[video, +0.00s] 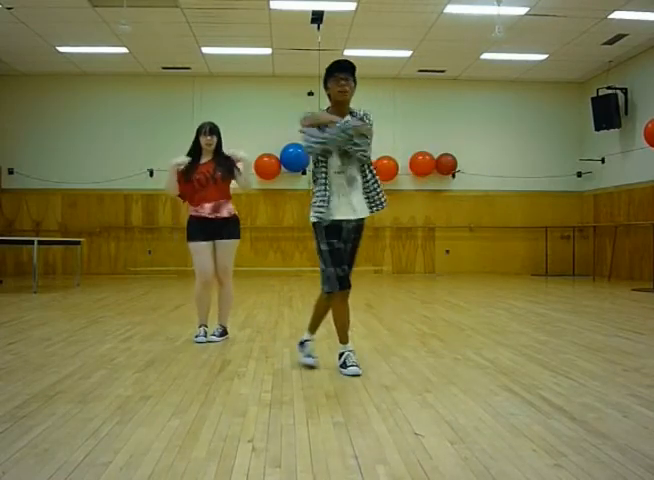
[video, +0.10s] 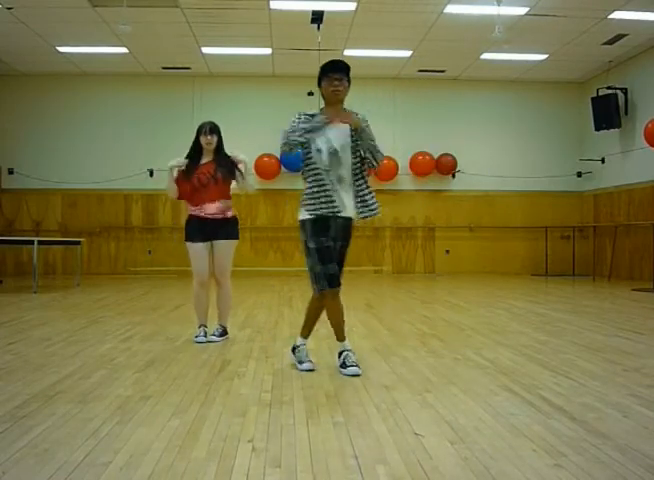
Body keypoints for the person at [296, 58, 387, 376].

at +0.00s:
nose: (342, 85)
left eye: (347, 81)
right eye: (336, 80)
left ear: (354, 87)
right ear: (326, 87)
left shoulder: (363, 120)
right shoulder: (315, 125)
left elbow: (342, 137)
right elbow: (309, 137)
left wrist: (316, 125)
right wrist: (341, 125)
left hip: (355, 210)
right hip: (326, 210)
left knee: (336, 282)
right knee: (338, 282)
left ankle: (306, 340)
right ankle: (345, 350)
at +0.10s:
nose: (336, 85)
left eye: (341, 81)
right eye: (331, 80)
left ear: (348, 86)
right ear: (320, 85)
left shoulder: (357, 122)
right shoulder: (304, 121)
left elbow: (378, 161)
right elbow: (286, 150)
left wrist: (359, 127)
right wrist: (322, 123)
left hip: (345, 209)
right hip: (315, 209)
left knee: (327, 283)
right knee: (328, 282)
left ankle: (300, 344)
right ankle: (344, 348)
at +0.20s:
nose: (330, 85)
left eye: (335, 81)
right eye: (325, 81)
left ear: (343, 87)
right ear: (314, 87)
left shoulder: (352, 125)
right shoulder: (300, 123)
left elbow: (364, 171)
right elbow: (277, 161)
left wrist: (371, 136)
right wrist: (289, 125)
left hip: (334, 212)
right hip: (302, 209)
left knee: (318, 285)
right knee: (310, 282)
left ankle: (298, 345)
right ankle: (335, 343)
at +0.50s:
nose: (306, 89)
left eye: (311, 85)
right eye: (300, 85)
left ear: (320, 90)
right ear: (291, 91)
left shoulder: (332, 129)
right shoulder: (277, 133)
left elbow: (345, 169)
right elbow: (265, 178)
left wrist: (336, 171)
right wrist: (262, 169)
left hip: (307, 222)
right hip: (274, 218)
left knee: (301, 294)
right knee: (264, 290)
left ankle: (286, 340)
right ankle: (252, 356)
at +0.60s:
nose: (300, 89)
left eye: (305, 84)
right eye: (294, 84)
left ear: (313, 91)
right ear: (284, 91)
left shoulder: (326, 128)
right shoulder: (269, 133)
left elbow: (344, 172)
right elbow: (252, 173)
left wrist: (326, 187)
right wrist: (262, 185)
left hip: (308, 225)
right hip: (273, 224)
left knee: (318, 291)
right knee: (264, 293)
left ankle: (298, 335)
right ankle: (254, 357)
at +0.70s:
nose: (297, 86)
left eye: (302, 81)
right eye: (291, 82)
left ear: (311, 87)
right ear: (281, 88)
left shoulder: (323, 125)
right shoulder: (265, 127)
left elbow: (338, 170)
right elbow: (247, 170)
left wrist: (324, 189)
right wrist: (264, 192)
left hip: (314, 222)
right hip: (279, 223)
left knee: (334, 288)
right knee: (271, 294)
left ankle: (339, 349)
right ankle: (255, 358)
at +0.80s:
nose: (299, 88)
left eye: (304, 84)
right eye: (293, 83)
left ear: (312, 90)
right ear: (282, 89)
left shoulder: (321, 127)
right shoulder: (262, 128)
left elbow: (338, 169)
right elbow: (249, 173)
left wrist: (326, 184)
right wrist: (268, 200)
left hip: (323, 214)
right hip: (288, 220)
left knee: (345, 283)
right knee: (282, 293)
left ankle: (361, 352)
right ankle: (256, 357)